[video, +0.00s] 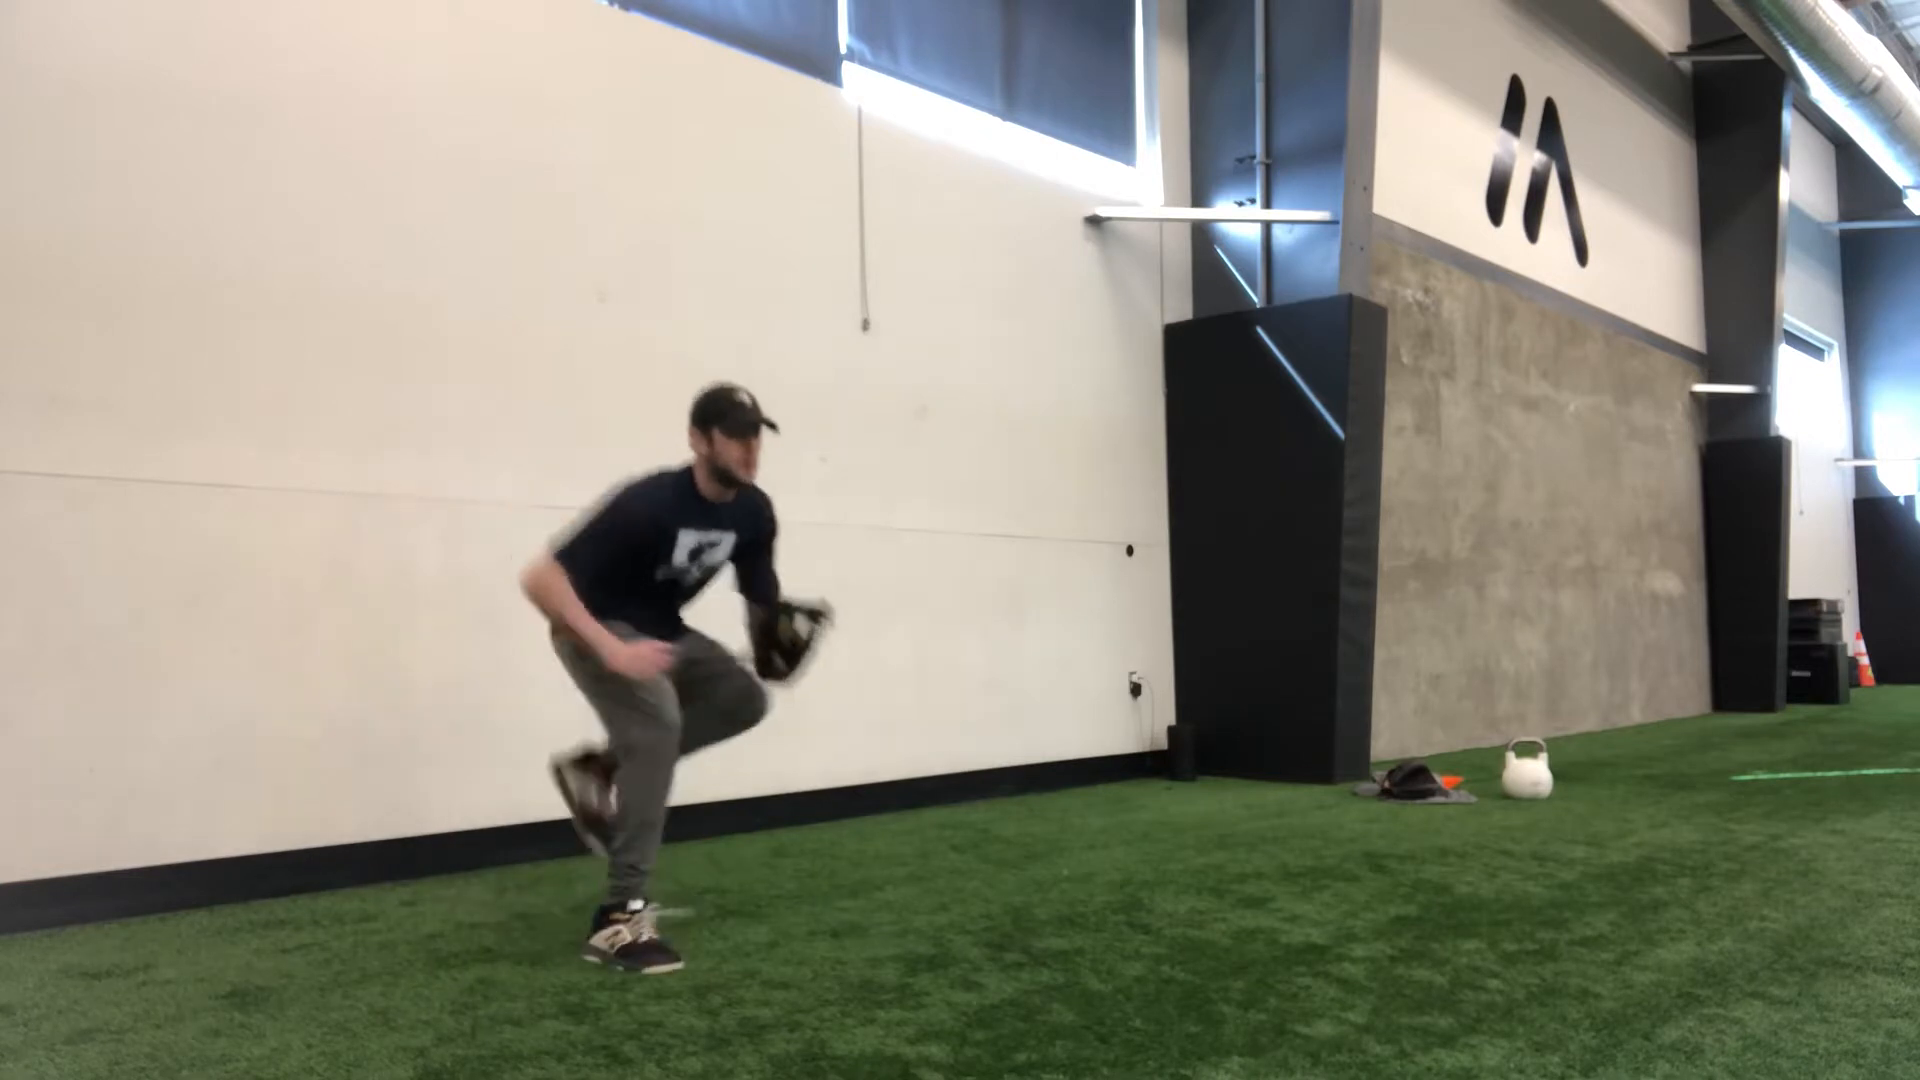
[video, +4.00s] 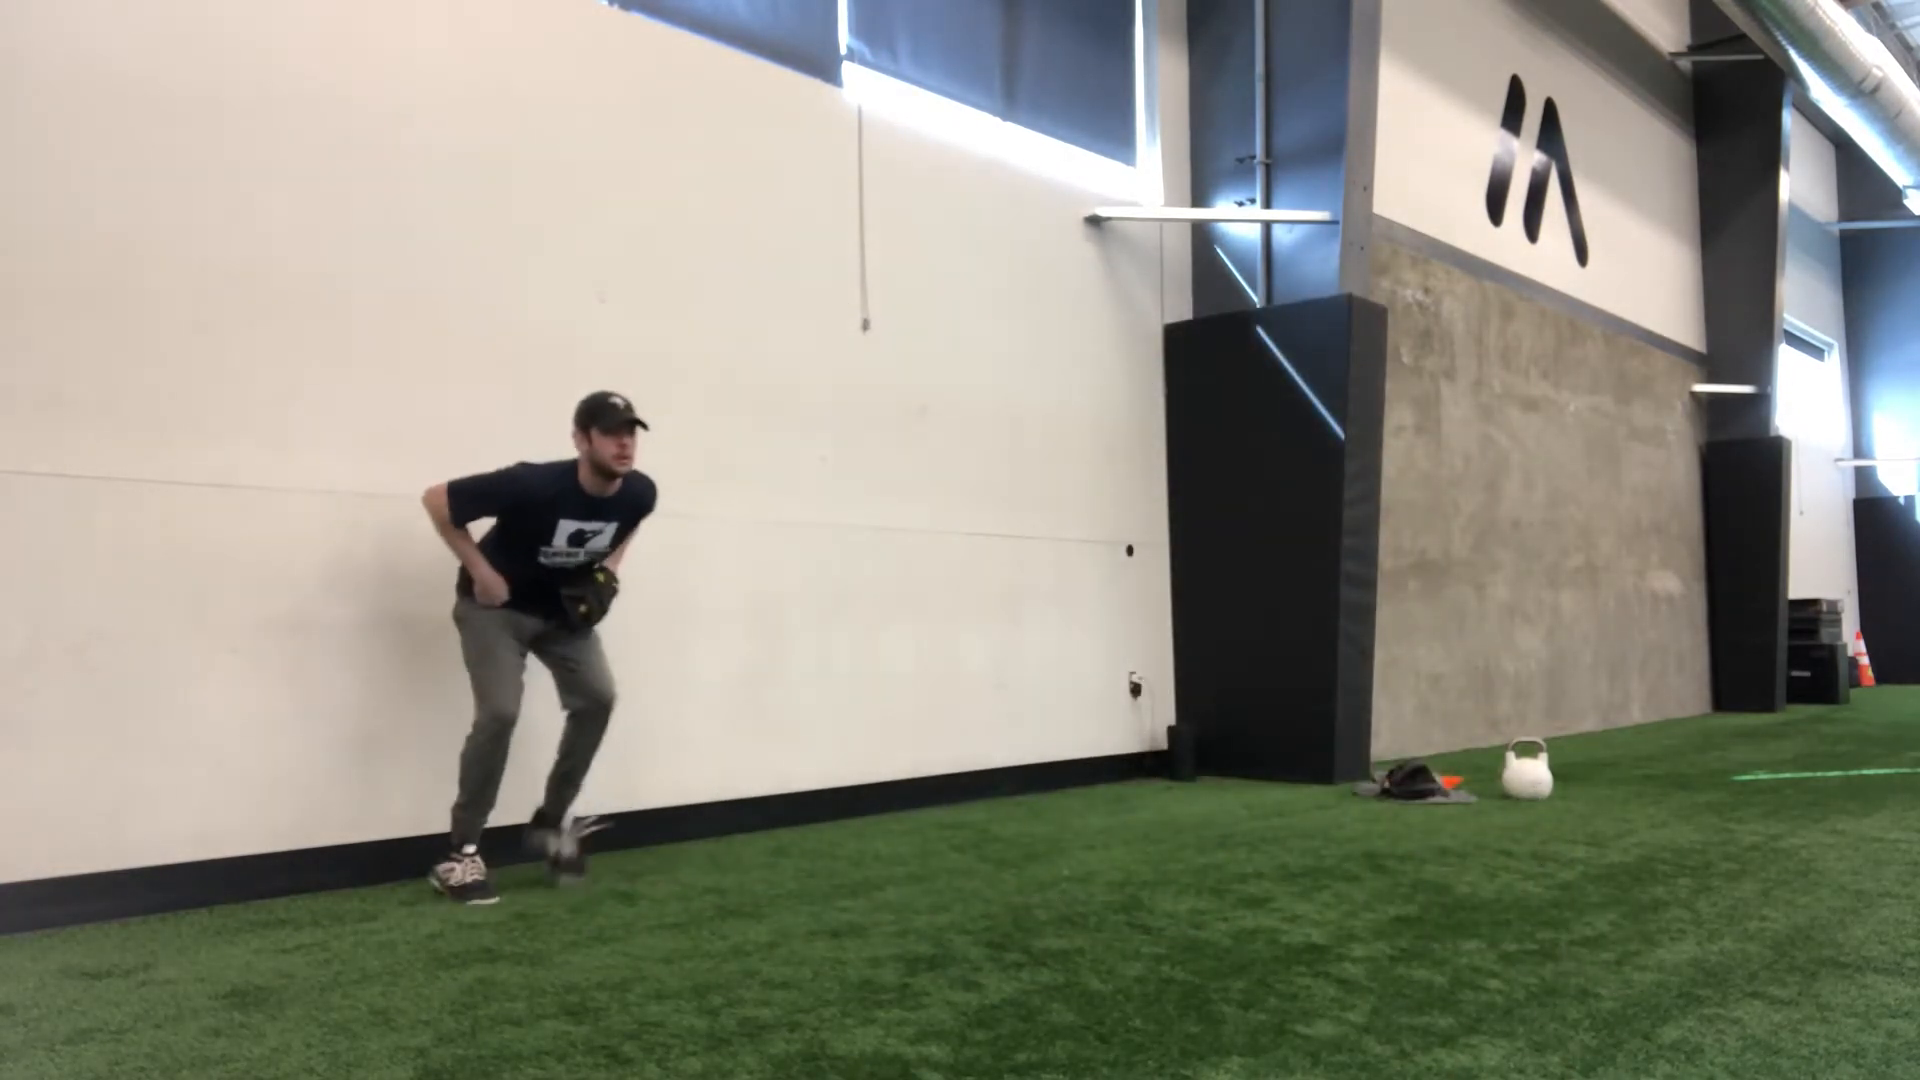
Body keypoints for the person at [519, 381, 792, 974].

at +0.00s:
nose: (752, 453)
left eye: (756, 440)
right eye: (739, 441)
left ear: (757, 441)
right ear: (701, 441)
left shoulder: (752, 512)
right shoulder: (647, 502)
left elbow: (762, 601)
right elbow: (541, 578)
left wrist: (771, 647)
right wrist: (611, 649)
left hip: (660, 631)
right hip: (596, 631)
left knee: (740, 700)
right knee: (653, 732)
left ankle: (603, 775)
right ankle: (622, 915)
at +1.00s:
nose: (1083, 388)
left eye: (1086, 376)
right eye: (1070, 377)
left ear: (1090, 381)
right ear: (1033, 382)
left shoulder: (1112, 462)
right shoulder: (987, 447)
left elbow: (1141, 551)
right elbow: (912, 495)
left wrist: (1091, 552)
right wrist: (953, 565)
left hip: (1071, 628)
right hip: (992, 618)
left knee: (1111, 759)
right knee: (958, 713)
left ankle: (1004, 846)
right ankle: (944, 836)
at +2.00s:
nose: (1250, 332)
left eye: (1253, 319)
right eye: (1233, 322)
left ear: (1261, 328)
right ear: (1196, 337)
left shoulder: (1304, 408)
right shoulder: (1180, 433)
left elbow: (1402, 485)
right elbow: (1168, 533)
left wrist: (1332, 420)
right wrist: (1185, 559)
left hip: (1344, 638)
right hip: (1240, 643)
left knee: (1448, 764)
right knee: (1187, 763)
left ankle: (1587, 922)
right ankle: (1226, 888)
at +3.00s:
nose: (781, 351)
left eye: (785, 341)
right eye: (769, 341)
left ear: (789, 348)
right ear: (739, 348)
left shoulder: (795, 419)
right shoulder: (693, 411)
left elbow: (790, 480)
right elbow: (620, 458)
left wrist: (786, 519)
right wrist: (662, 527)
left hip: (749, 594)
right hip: (683, 596)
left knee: (788, 701)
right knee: (675, 725)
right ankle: (648, 858)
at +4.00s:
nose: (626, 445)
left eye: (632, 434)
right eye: (613, 434)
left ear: (638, 438)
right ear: (582, 438)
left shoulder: (639, 495)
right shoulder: (533, 485)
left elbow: (626, 528)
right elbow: (437, 499)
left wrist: (609, 568)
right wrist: (480, 570)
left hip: (564, 614)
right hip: (495, 608)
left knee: (596, 699)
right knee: (499, 715)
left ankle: (549, 826)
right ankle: (463, 853)